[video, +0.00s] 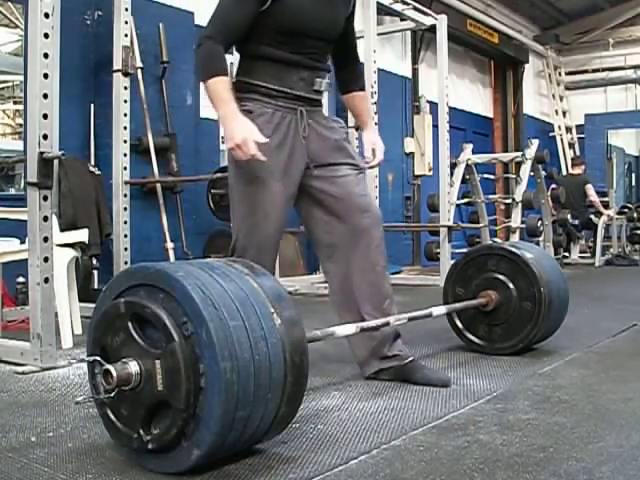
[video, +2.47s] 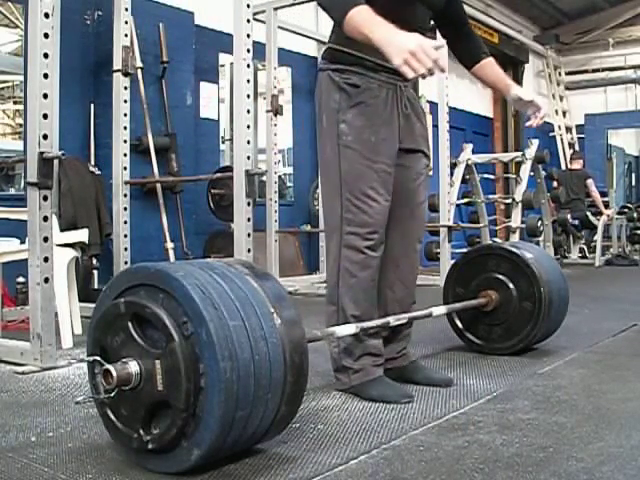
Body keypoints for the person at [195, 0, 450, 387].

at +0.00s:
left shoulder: (343, 4)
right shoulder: (255, 1)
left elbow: (347, 59)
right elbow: (209, 46)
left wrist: (367, 126)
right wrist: (230, 117)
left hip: (318, 120)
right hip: (263, 114)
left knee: (360, 223)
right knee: (256, 250)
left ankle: (383, 354)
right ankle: (241, 373)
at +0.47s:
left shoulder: (408, 5)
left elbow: (408, 40)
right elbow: (274, 20)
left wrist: (424, 114)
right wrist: (286, 102)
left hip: (367, 96)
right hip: (315, 88)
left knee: (383, 219)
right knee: (333, 214)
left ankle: (387, 350)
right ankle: (336, 358)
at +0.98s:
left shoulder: (426, 7)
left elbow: (420, 50)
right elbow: (312, 11)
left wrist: (435, 112)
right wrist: (337, 96)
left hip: (387, 93)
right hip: (337, 84)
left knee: (402, 220)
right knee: (358, 220)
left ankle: (394, 351)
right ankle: (355, 364)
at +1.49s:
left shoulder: (428, 6)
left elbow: (427, 42)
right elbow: (310, 20)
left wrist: (446, 111)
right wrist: (336, 111)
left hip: (383, 95)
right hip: (334, 87)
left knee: (395, 221)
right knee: (352, 224)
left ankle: (388, 350)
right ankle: (351, 363)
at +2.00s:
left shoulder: (436, 5)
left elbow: (454, 53)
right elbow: (306, 9)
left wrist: (492, 108)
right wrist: (337, 82)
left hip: (386, 94)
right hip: (335, 85)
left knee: (398, 221)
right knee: (352, 222)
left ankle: (391, 350)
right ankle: (350, 363)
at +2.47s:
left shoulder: (439, 2)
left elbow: (459, 34)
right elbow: (333, 2)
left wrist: (512, 90)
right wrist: (389, 37)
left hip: (404, 90)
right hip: (354, 82)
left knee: (407, 225)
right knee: (361, 224)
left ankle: (394, 354)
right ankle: (355, 364)